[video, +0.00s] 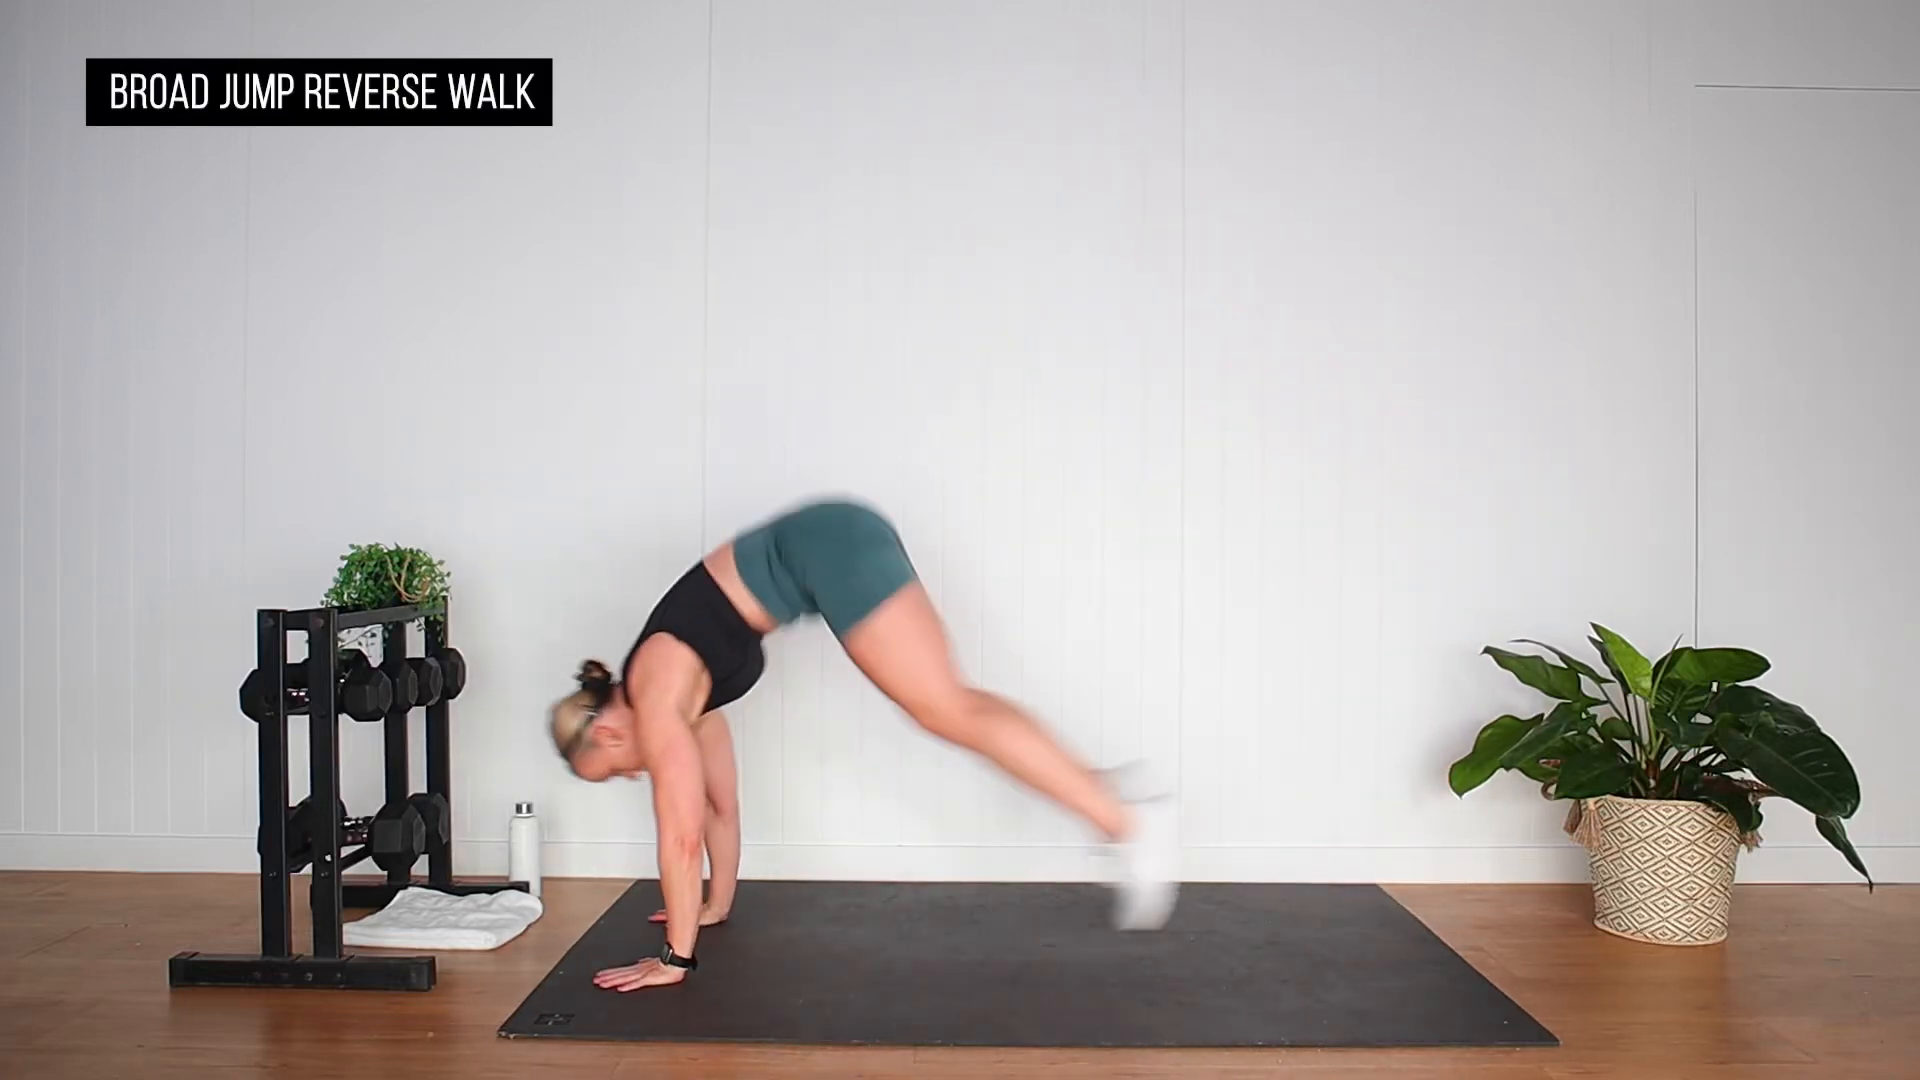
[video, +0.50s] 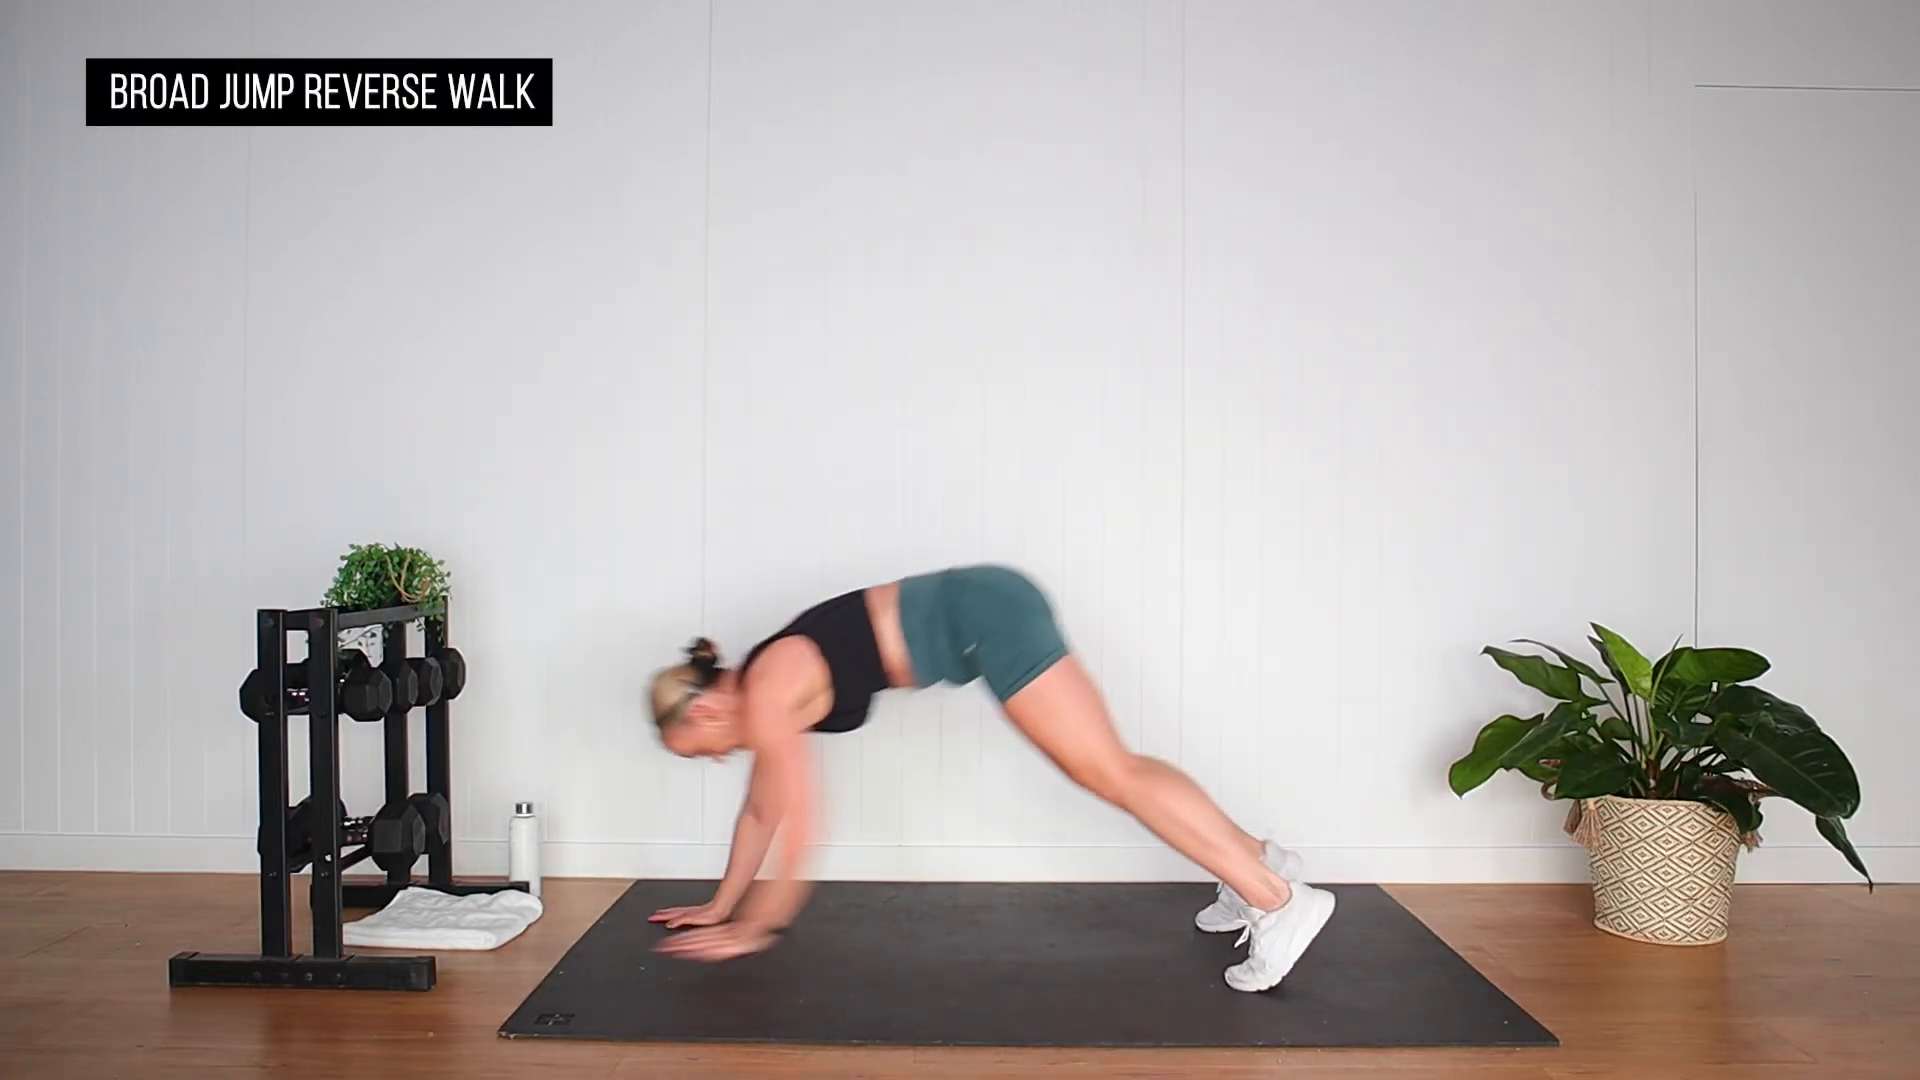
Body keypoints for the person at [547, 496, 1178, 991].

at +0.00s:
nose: (629, 774)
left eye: (609, 766)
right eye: (613, 772)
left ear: (606, 726)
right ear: (615, 721)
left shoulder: (654, 693)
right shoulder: (676, 689)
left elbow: (680, 832)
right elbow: (718, 809)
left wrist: (678, 957)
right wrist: (717, 903)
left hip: (832, 547)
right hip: (834, 544)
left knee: (950, 712)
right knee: (954, 703)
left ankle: (1124, 827)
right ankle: (1103, 794)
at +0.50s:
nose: (708, 761)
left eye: (695, 748)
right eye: (693, 754)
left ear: (707, 708)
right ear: (709, 698)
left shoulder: (771, 694)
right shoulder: (763, 685)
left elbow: (799, 828)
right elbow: (759, 809)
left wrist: (761, 926)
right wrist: (724, 904)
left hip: (987, 614)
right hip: (984, 613)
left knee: (1109, 774)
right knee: (1111, 766)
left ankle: (1278, 901)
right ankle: (1258, 869)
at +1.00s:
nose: (919, 784)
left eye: (906, 774)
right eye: (907, 781)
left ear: (914, 734)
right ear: (917, 729)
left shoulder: (972, 717)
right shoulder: (989, 711)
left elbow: (937, 854)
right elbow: (1038, 795)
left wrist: (871, 956)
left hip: (1165, 568)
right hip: (1151, 570)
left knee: (1187, 768)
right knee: (1188, 759)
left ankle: (1323, 924)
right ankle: (1278, 879)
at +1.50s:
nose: (1048, 702)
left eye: (1044, 688)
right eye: (1039, 692)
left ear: (1077, 662)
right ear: (1076, 661)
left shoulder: (1145, 692)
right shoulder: (1123, 674)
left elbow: (1163, 838)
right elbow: (1085, 800)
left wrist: (1112, 946)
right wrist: (1030, 901)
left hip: (1371, 642)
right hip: (1340, 632)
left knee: (1239, 761)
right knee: (1225, 748)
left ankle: (1334, 943)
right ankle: (1286, 891)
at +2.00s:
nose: (1142, 309)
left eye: (1151, 293)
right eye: (1141, 294)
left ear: (1200, 288)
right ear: (1189, 292)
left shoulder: (1232, 368)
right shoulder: (1210, 369)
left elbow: (1138, 469)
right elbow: (1137, 463)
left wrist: (1057, 416)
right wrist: (1060, 416)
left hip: (1365, 546)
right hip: (1323, 551)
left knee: (1304, 735)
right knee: (1265, 719)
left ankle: (1341, 942)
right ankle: (1291, 883)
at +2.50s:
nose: (1068, 350)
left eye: (1076, 333)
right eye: (1066, 336)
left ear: (1122, 324)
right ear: (1118, 330)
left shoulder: (1169, 377)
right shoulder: (1161, 386)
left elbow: (1294, 364)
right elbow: (1278, 390)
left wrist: (1417, 346)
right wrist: (1369, 402)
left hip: (1325, 554)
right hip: (1289, 561)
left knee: (1268, 741)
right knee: (1244, 725)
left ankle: (1339, 940)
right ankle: (1292, 886)